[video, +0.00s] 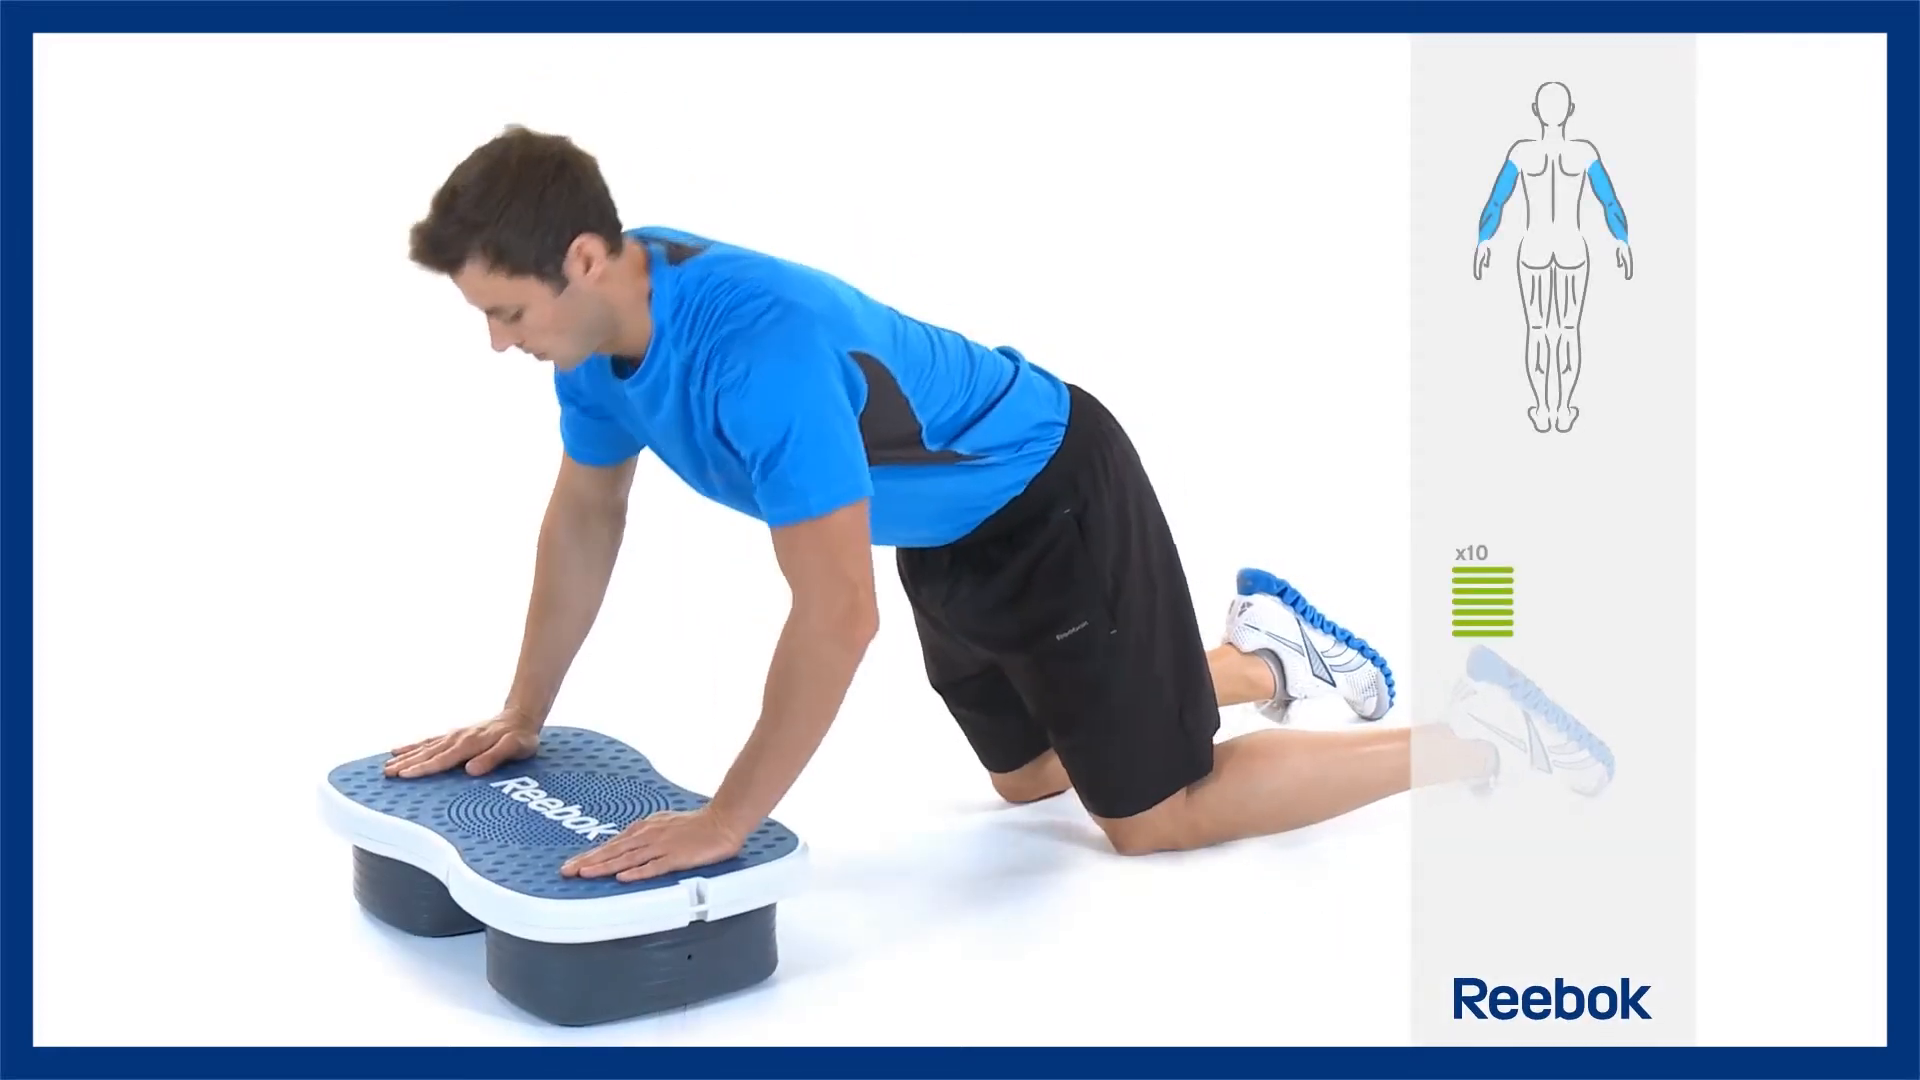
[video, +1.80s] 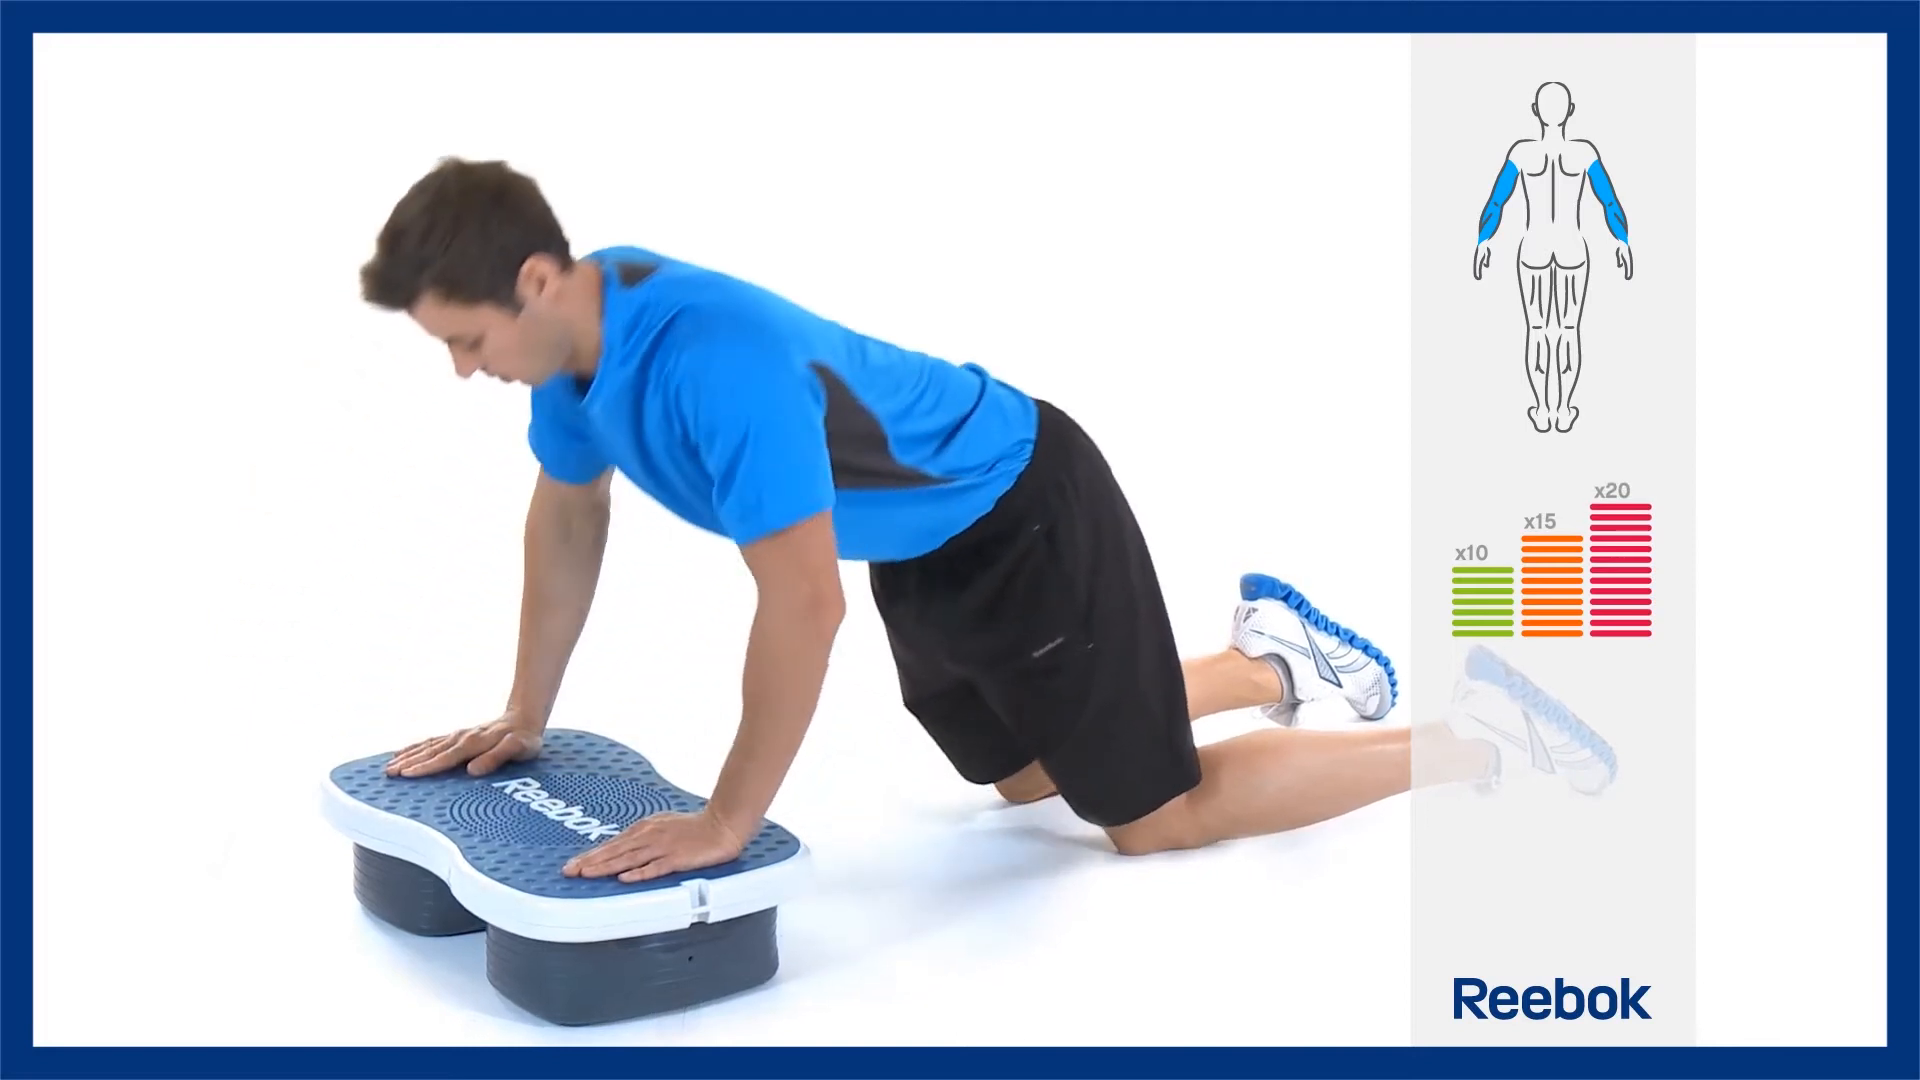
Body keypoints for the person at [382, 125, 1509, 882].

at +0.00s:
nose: (500, 343)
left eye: (504, 314)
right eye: (484, 322)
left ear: (587, 256)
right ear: (567, 262)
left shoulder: (759, 352)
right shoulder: (598, 340)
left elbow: (834, 611)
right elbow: (584, 520)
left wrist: (729, 817)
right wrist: (519, 719)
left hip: (1054, 488)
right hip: (943, 536)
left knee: (1150, 811)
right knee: (1032, 775)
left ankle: (1470, 746)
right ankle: (1267, 665)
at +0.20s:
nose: (436, 473)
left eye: (436, 445)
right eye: (418, 453)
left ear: (509, 382)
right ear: (486, 389)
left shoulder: (697, 429)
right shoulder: (556, 404)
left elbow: (858, 645)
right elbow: (577, 540)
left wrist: (730, 820)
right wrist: (522, 717)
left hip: (1013, 509)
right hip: (910, 559)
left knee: (1158, 811)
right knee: (1030, 764)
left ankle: (1471, 754)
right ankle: (1257, 661)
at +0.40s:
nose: (383, 611)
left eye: (372, 588)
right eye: (358, 597)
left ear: (428, 523)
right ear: (416, 496)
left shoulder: (630, 520)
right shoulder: (501, 447)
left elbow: (848, 647)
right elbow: (559, 578)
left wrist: (729, 822)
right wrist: (522, 721)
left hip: (973, 543)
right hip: (882, 582)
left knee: (1170, 807)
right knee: (1014, 768)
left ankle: (1474, 745)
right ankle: (1260, 661)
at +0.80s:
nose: (337, 798)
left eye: (323, 778)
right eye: (308, 788)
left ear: (370, 704)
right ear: (360, 673)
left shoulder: (576, 664)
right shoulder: (426, 584)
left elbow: (822, 643)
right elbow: (558, 500)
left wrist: (729, 823)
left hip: (916, 590)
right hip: (834, 625)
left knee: (1147, 809)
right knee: (1034, 757)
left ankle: (1467, 751)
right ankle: (1254, 661)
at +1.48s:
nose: (366, 618)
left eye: (349, 596)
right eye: (338, 604)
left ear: (397, 534)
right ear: (392, 507)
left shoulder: (599, 541)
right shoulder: (474, 469)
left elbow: (833, 644)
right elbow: (537, 586)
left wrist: (733, 821)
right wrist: (524, 717)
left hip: (951, 566)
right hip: (865, 590)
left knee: (1151, 808)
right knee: (1009, 763)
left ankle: (1458, 746)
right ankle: (1261, 660)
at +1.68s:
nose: (419, 457)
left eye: (416, 428)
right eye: (400, 437)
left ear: (486, 361)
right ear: (461, 370)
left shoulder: (665, 426)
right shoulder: (538, 395)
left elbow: (830, 631)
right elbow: (560, 531)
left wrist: (732, 821)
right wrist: (520, 716)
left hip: (994, 527)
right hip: (889, 580)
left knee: (1148, 810)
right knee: (1022, 768)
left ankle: (1469, 745)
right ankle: (1267, 662)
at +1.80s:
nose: (466, 369)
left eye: (466, 339)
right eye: (447, 349)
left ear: (540, 278)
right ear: (515, 287)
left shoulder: (707, 360)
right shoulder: (573, 351)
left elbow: (798, 597)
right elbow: (565, 527)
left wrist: (731, 814)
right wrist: (522, 720)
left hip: (1024, 507)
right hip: (915, 551)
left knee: (1155, 813)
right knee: (1022, 774)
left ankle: (1474, 742)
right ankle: (1266, 665)